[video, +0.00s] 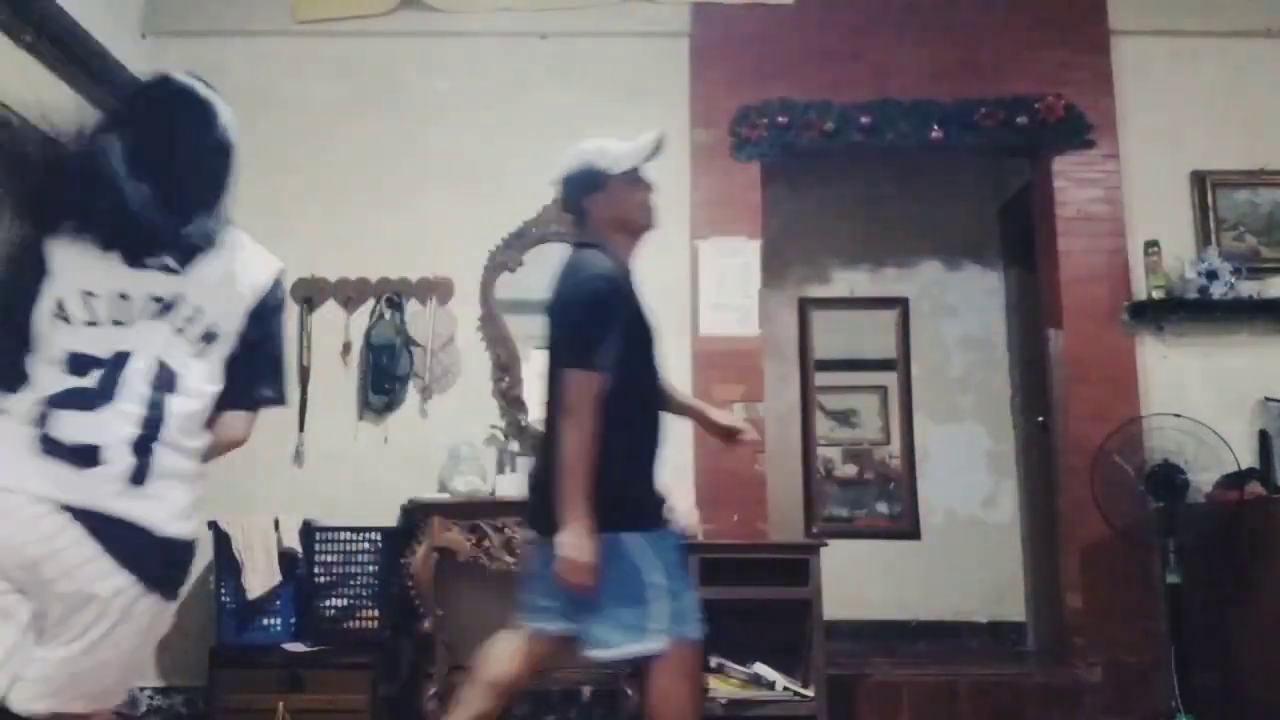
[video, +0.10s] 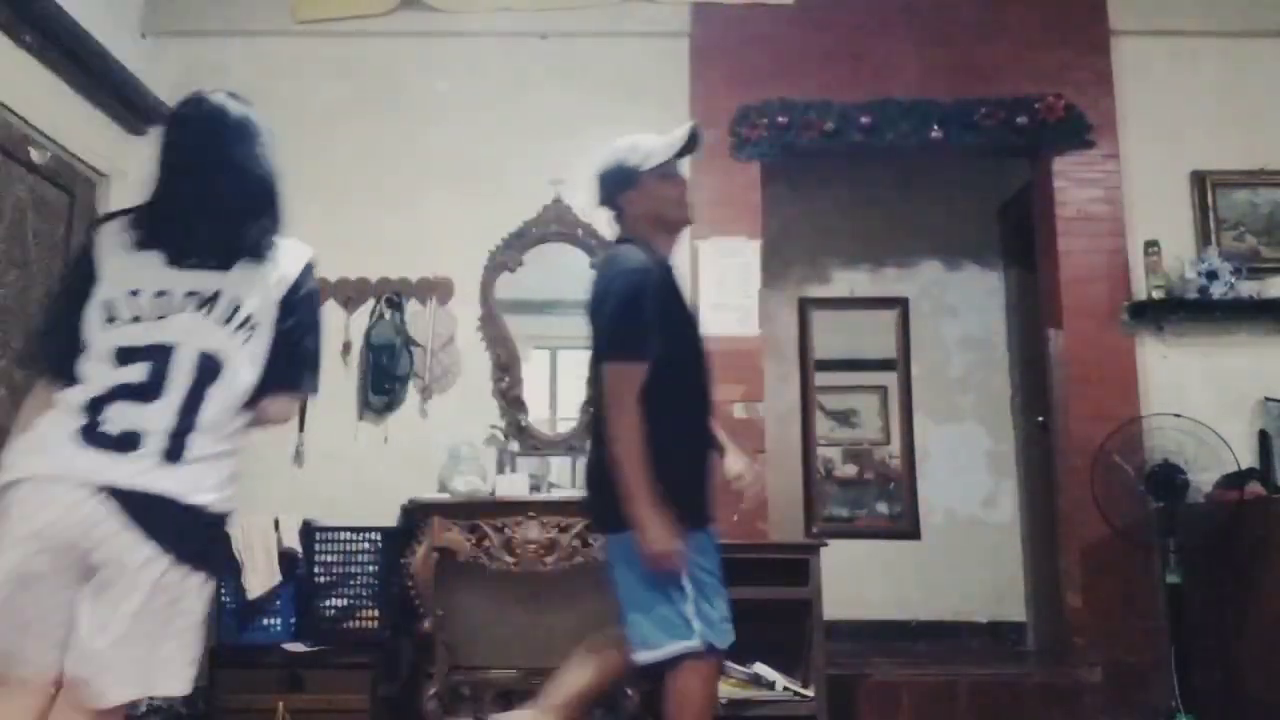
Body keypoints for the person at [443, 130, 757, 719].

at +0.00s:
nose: (649, 188)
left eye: (643, 177)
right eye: (633, 179)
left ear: (601, 203)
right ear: (597, 198)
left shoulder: (599, 275)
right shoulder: (598, 280)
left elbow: (633, 383)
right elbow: (577, 407)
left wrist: (703, 413)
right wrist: (575, 522)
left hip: (575, 508)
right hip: (619, 510)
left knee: (539, 638)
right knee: (677, 644)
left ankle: (460, 711)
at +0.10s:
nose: (683, 181)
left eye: (678, 171)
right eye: (667, 174)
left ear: (640, 198)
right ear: (631, 196)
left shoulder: (648, 271)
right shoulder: (635, 275)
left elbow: (673, 394)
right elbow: (621, 407)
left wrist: (726, 450)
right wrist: (648, 519)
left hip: (661, 505)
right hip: (658, 511)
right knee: (699, 657)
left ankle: (538, 711)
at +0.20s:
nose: (715, 168)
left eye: (714, 157)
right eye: (696, 160)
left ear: (712, 168)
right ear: (658, 182)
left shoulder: (695, 254)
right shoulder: (659, 256)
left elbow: (712, 366)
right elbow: (664, 383)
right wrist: (733, 473)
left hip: (726, 486)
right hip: (681, 493)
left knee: (767, 615)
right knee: (694, 662)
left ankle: (682, 700)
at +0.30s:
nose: (738, 166)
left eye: (743, 154)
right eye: (718, 157)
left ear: (755, 167)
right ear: (686, 183)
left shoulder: (755, 260)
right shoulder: (692, 247)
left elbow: (764, 377)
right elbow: (695, 361)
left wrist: (817, 445)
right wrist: (794, 428)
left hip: (778, 486)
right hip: (707, 493)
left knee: (818, 632)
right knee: (701, 658)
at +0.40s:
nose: (782, 167)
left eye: (784, 157)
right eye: (762, 160)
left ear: (797, 175)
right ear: (725, 192)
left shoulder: (802, 270)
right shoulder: (725, 259)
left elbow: (806, 386)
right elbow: (725, 371)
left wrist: (860, 435)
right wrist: (839, 417)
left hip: (822, 500)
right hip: (744, 506)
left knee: (880, 653)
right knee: (724, 667)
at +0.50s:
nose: (813, 163)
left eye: (819, 152)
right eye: (792, 158)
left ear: (836, 168)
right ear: (761, 190)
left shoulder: (851, 267)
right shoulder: (763, 260)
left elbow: (856, 381)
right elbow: (755, 380)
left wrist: (889, 458)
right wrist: (860, 440)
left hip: (884, 504)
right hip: (802, 513)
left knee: (932, 654)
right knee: (781, 669)